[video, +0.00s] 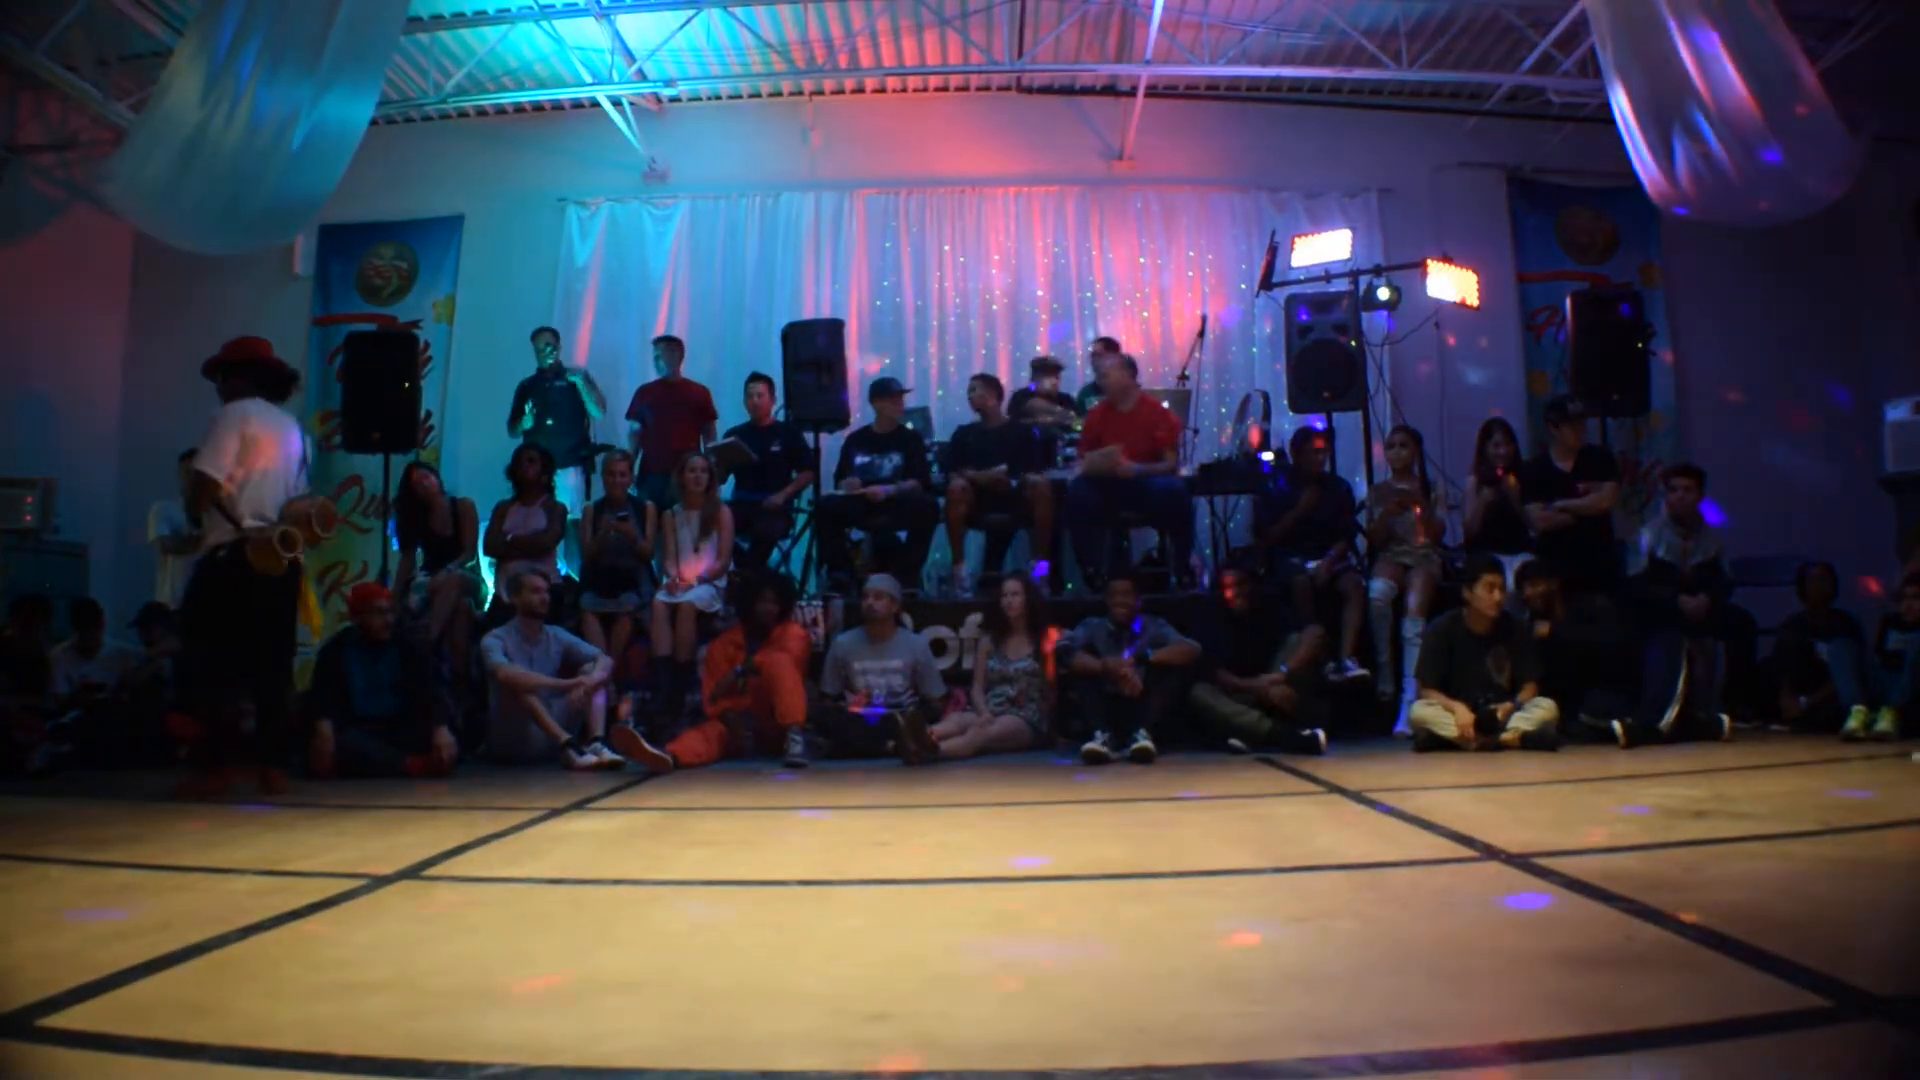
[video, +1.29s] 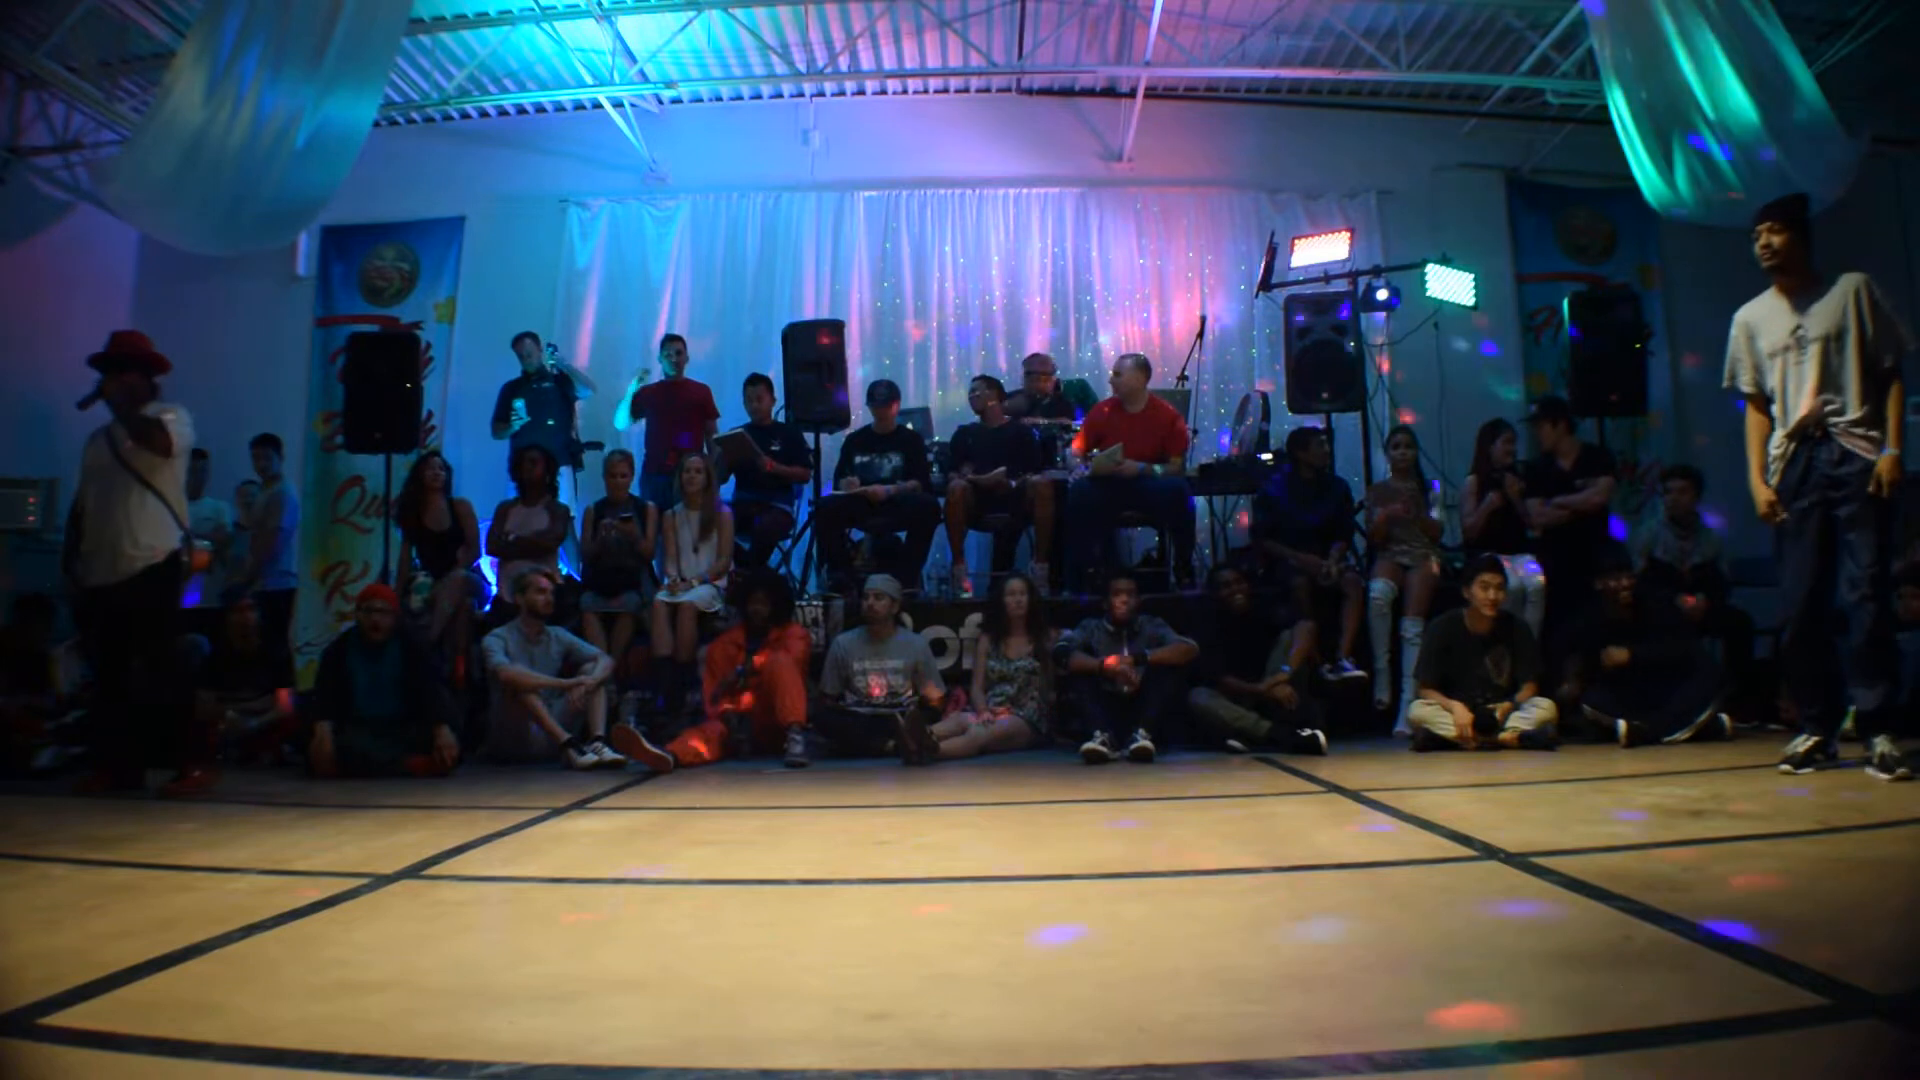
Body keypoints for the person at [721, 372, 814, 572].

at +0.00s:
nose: (754, 401)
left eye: (760, 396)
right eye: (749, 396)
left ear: (772, 400)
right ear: (745, 401)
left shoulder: (788, 433)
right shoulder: (734, 435)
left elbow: (808, 472)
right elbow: (720, 478)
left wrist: (782, 496)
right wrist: (721, 458)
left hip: (774, 503)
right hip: (742, 503)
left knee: (766, 532)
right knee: (720, 523)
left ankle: (752, 574)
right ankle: (744, 564)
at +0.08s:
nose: (754, 401)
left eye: (760, 395)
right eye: (750, 396)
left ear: (773, 399)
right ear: (745, 401)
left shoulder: (788, 433)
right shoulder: (734, 435)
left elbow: (808, 472)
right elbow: (720, 477)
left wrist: (782, 496)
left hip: (774, 503)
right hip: (742, 502)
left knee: (767, 532)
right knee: (721, 524)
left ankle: (752, 573)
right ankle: (743, 565)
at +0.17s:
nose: (754, 402)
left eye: (760, 396)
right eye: (750, 396)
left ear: (773, 400)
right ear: (745, 401)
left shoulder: (788, 433)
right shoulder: (735, 435)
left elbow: (808, 472)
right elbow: (720, 474)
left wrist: (782, 496)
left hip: (774, 503)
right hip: (742, 502)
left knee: (766, 532)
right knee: (720, 525)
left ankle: (754, 573)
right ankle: (743, 564)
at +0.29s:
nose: (755, 402)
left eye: (760, 396)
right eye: (750, 397)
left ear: (773, 400)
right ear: (746, 402)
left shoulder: (789, 433)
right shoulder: (736, 436)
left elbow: (809, 471)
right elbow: (721, 477)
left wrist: (783, 493)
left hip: (776, 501)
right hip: (743, 501)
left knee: (767, 532)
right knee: (721, 524)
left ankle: (753, 572)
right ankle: (744, 564)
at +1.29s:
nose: (754, 406)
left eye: (759, 399)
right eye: (749, 400)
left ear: (772, 400)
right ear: (744, 403)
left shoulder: (789, 433)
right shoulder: (739, 434)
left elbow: (805, 473)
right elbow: (720, 477)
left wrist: (775, 468)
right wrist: (727, 455)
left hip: (777, 503)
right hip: (743, 501)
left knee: (766, 530)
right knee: (718, 524)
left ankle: (752, 574)